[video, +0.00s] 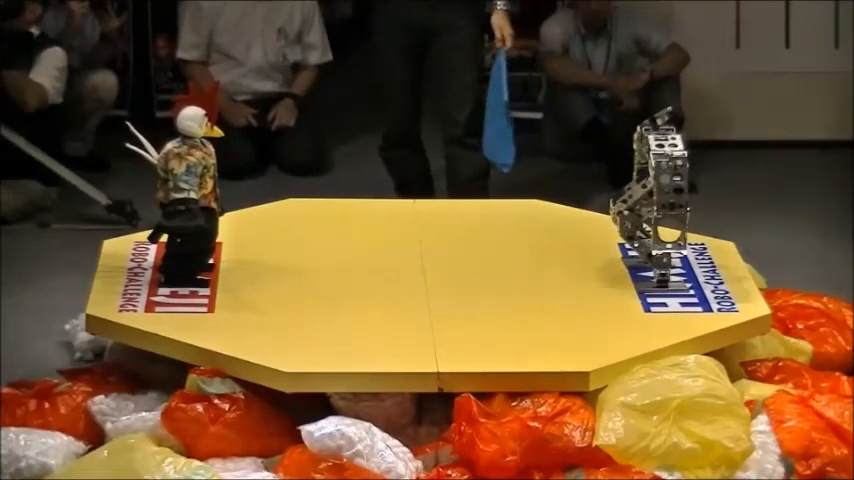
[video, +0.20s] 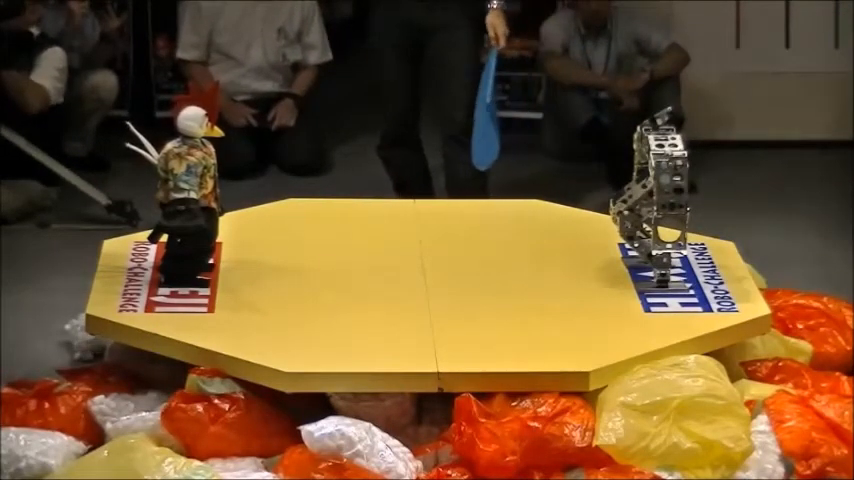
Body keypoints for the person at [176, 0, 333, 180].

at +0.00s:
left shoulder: (302, 5)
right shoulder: (202, 5)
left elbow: (312, 61)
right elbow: (191, 60)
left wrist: (292, 100)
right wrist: (226, 105)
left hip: (280, 98)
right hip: (228, 102)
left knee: (306, 160)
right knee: (237, 163)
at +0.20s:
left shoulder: (302, 5)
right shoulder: (202, 5)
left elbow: (312, 61)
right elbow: (191, 60)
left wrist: (292, 100)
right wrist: (226, 105)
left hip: (281, 98)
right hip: (228, 102)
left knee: (306, 160)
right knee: (237, 163)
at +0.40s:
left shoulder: (302, 5)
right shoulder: (202, 5)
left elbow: (312, 60)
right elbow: (191, 60)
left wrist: (291, 100)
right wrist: (226, 105)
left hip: (280, 98)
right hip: (227, 102)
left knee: (306, 160)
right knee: (237, 163)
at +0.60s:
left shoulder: (301, 5)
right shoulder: (202, 5)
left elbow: (312, 61)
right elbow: (191, 60)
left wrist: (291, 100)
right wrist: (226, 105)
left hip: (280, 98)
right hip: (228, 102)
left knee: (306, 160)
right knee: (237, 163)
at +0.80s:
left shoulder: (302, 4)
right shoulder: (201, 5)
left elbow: (311, 61)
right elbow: (191, 61)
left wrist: (291, 100)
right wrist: (226, 105)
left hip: (280, 98)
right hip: (228, 102)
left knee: (306, 161)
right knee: (237, 164)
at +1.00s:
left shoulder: (302, 5)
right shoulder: (202, 5)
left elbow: (310, 60)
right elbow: (191, 61)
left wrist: (291, 100)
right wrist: (226, 105)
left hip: (280, 99)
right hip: (227, 102)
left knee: (306, 161)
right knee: (238, 164)